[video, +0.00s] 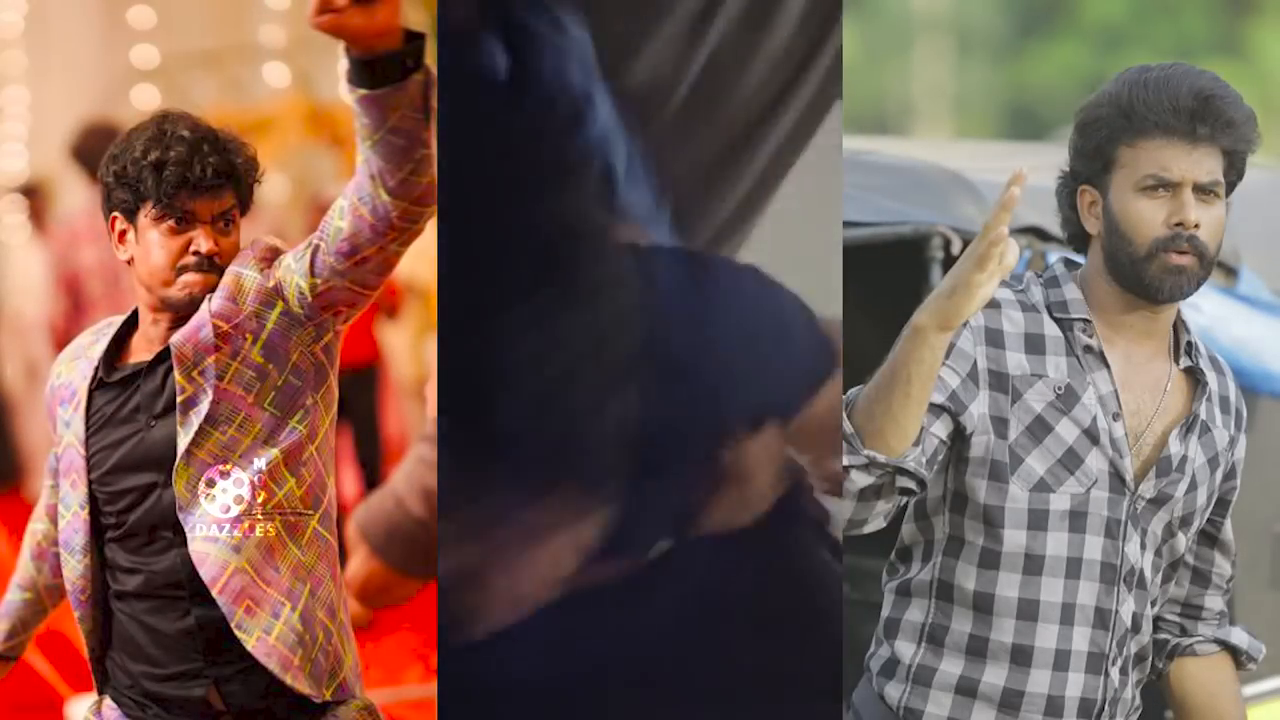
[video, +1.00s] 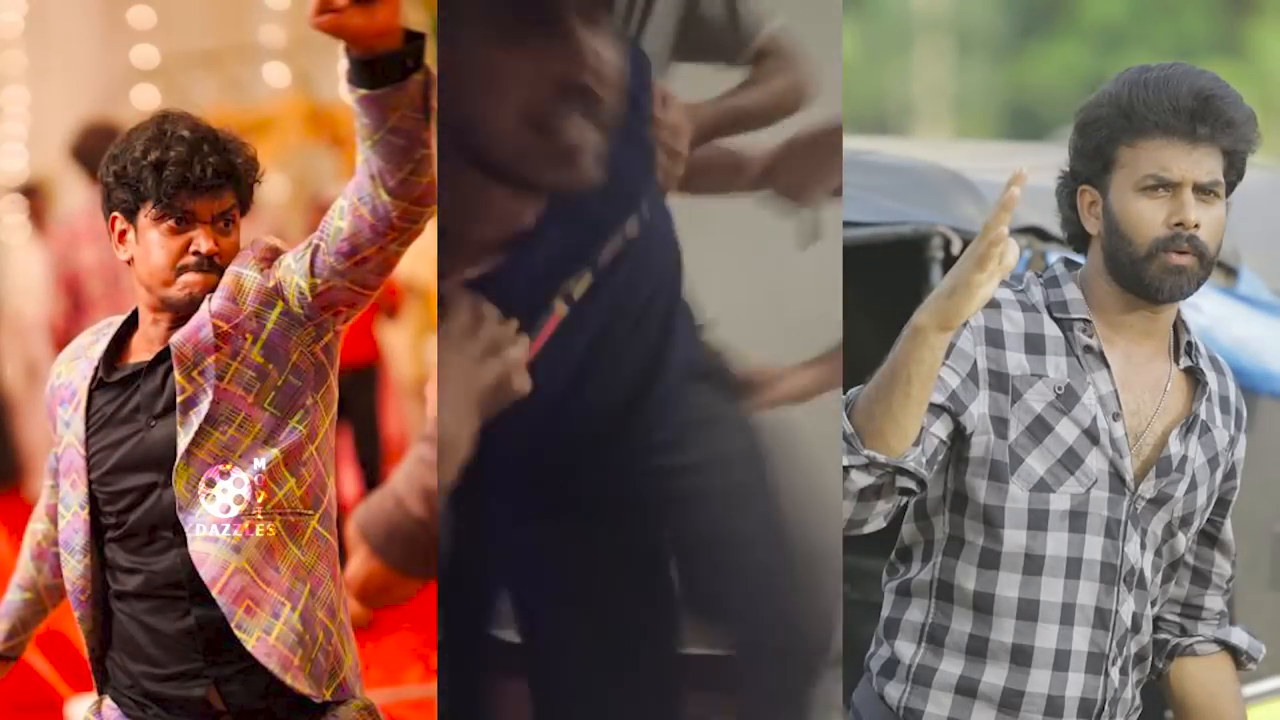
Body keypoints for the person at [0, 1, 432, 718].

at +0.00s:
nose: (206, 245)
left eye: (224, 223)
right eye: (179, 222)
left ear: (243, 230)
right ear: (122, 237)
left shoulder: (288, 312)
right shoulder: (76, 373)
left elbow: (395, 199)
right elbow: (56, 524)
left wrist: (380, 52)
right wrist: (8, 633)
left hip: (291, 700)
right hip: (140, 705)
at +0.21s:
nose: (206, 245)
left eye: (223, 222)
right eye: (179, 222)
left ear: (242, 230)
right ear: (122, 236)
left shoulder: (287, 312)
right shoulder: (76, 373)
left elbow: (394, 199)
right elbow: (56, 524)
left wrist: (380, 52)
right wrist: (7, 634)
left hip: (291, 700)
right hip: (140, 705)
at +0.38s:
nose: (206, 245)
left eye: (223, 222)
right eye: (179, 222)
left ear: (243, 230)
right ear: (122, 236)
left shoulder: (287, 312)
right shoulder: (76, 373)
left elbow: (394, 199)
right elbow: (56, 525)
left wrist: (380, 51)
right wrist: (7, 634)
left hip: (291, 700)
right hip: (140, 705)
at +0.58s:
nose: (206, 245)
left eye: (224, 223)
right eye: (179, 222)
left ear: (243, 230)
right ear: (123, 237)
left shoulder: (288, 311)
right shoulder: (76, 373)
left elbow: (395, 199)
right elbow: (56, 524)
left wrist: (381, 52)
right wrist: (8, 633)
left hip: (291, 700)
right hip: (140, 705)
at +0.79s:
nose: (206, 245)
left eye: (224, 223)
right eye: (179, 222)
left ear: (243, 230)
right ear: (123, 237)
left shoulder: (288, 311)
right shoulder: (76, 373)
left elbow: (394, 200)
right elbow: (56, 523)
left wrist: (381, 52)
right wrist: (8, 633)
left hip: (291, 700)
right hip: (140, 705)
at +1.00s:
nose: (206, 245)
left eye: (224, 223)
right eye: (179, 222)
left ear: (243, 230)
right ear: (123, 237)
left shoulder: (288, 311)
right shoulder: (76, 373)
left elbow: (394, 199)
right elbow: (56, 524)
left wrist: (381, 52)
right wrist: (8, 634)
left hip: (291, 700)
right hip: (140, 705)